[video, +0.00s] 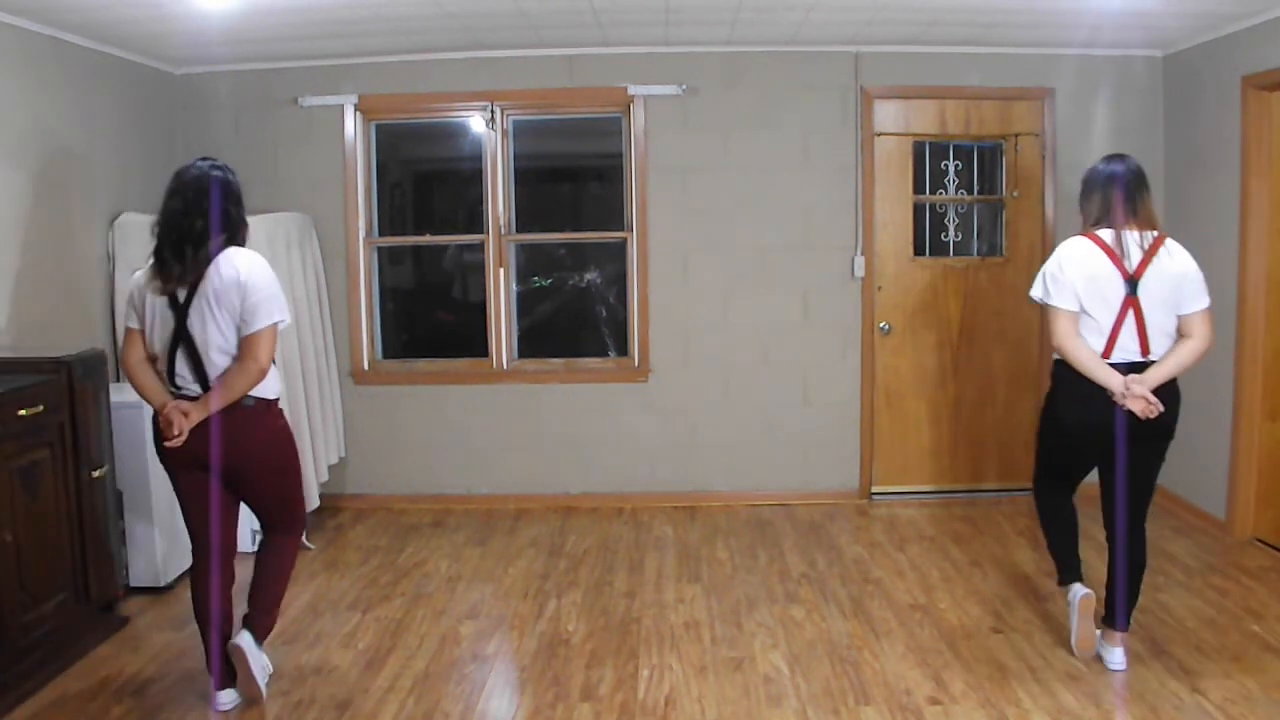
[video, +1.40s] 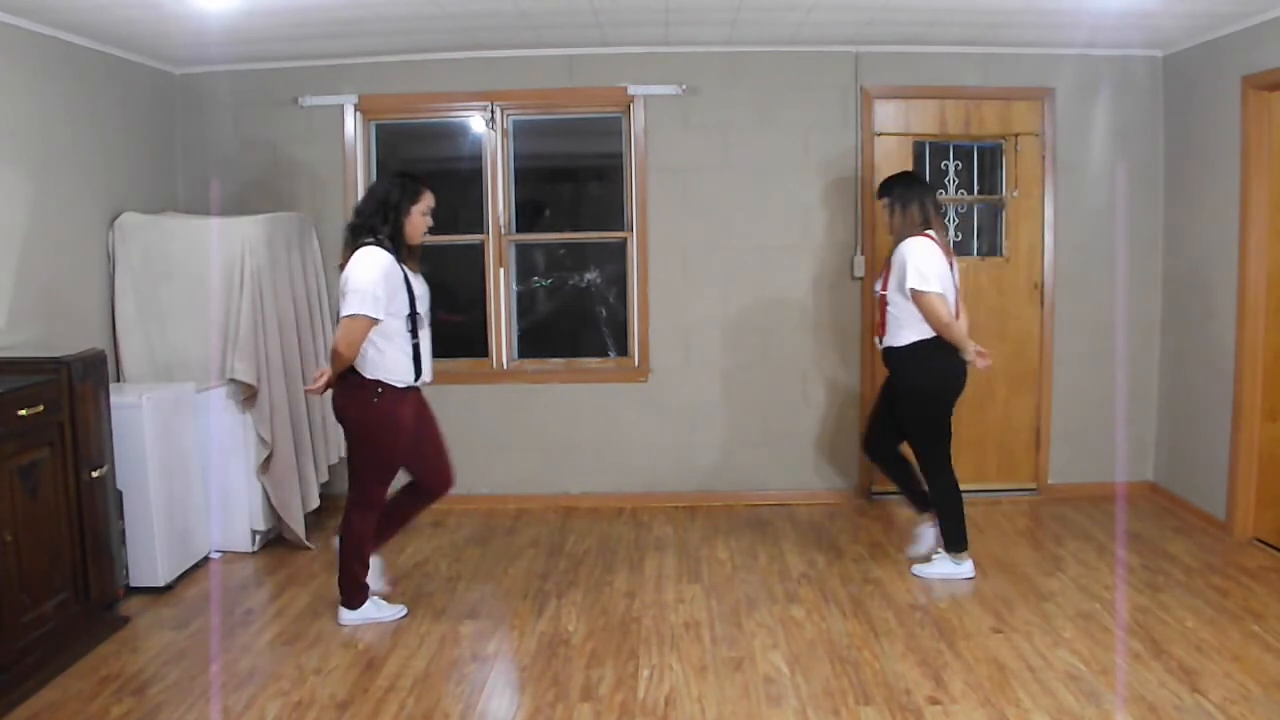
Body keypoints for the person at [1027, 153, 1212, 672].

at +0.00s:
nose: (1092, 204)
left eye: (1091, 195)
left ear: (1090, 198)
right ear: (1143, 197)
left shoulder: (1072, 255)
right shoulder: (1176, 256)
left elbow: (1065, 340)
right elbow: (1199, 337)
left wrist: (1118, 384)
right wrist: (1145, 382)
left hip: (1084, 397)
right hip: (1154, 398)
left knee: (1054, 484)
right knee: (1129, 517)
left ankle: (1073, 585)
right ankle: (1117, 637)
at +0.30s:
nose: (1050, 212)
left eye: (1052, 204)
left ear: (1053, 208)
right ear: (1104, 205)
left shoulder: (1038, 261)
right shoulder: (1136, 261)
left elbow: (1033, 342)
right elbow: (1161, 337)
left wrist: (1087, 383)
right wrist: (1111, 378)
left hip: (1051, 398)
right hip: (1116, 399)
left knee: (1021, 480)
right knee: (1108, 517)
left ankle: (1026, 581)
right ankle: (1113, 635)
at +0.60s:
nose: (980, 223)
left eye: (981, 215)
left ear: (985, 219)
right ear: (1031, 217)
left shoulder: (974, 270)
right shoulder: (1063, 267)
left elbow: (973, 342)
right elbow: (1085, 335)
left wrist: (1021, 383)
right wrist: (1043, 379)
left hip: (989, 389)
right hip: (1051, 389)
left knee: (968, 480)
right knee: (1053, 498)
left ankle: (952, 563)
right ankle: (1094, 595)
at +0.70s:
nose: (960, 216)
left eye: (959, 208)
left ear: (964, 212)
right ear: (1008, 210)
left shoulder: (952, 263)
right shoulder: (1038, 258)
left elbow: (952, 336)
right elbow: (1062, 326)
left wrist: (1001, 370)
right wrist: (1024, 365)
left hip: (967, 384)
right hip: (1024, 383)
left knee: (955, 477)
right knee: (1021, 483)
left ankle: (949, 563)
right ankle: (1061, 560)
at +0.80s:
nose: (941, 212)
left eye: (943, 205)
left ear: (949, 207)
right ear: (992, 204)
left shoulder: (940, 255)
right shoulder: (1022, 251)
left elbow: (941, 326)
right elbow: (1042, 319)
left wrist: (986, 362)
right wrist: (1007, 359)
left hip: (952, 374)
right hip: (1008, 375)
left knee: (950, 470)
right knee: (989, 461)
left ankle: (949, 563)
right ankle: (1021, 534)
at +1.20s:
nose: (902, 214)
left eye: (905, 206)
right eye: (902, 206)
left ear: (921, 205)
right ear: (945, 203)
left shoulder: (924, 245)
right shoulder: (967, 243)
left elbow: (946, 314)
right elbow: (983, 303)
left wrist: (977, 350)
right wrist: (980, 345)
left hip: (932, 361)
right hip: (958, 360)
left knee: (925, 453)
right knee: (913, 443)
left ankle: (953, 555)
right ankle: (965, 518)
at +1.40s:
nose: (885, 219)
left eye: (888, 210)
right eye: (885, 211)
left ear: (906, 208)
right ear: (921, 207)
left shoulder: (914, 249)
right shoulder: (935, 247)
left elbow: (933, 309)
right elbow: (957, 307)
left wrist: (965, 348)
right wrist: (967, 347)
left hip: (924, 365)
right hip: (928, 361)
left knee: (935, 460)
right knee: (878, 443)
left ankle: (958, 555)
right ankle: (931, 515)